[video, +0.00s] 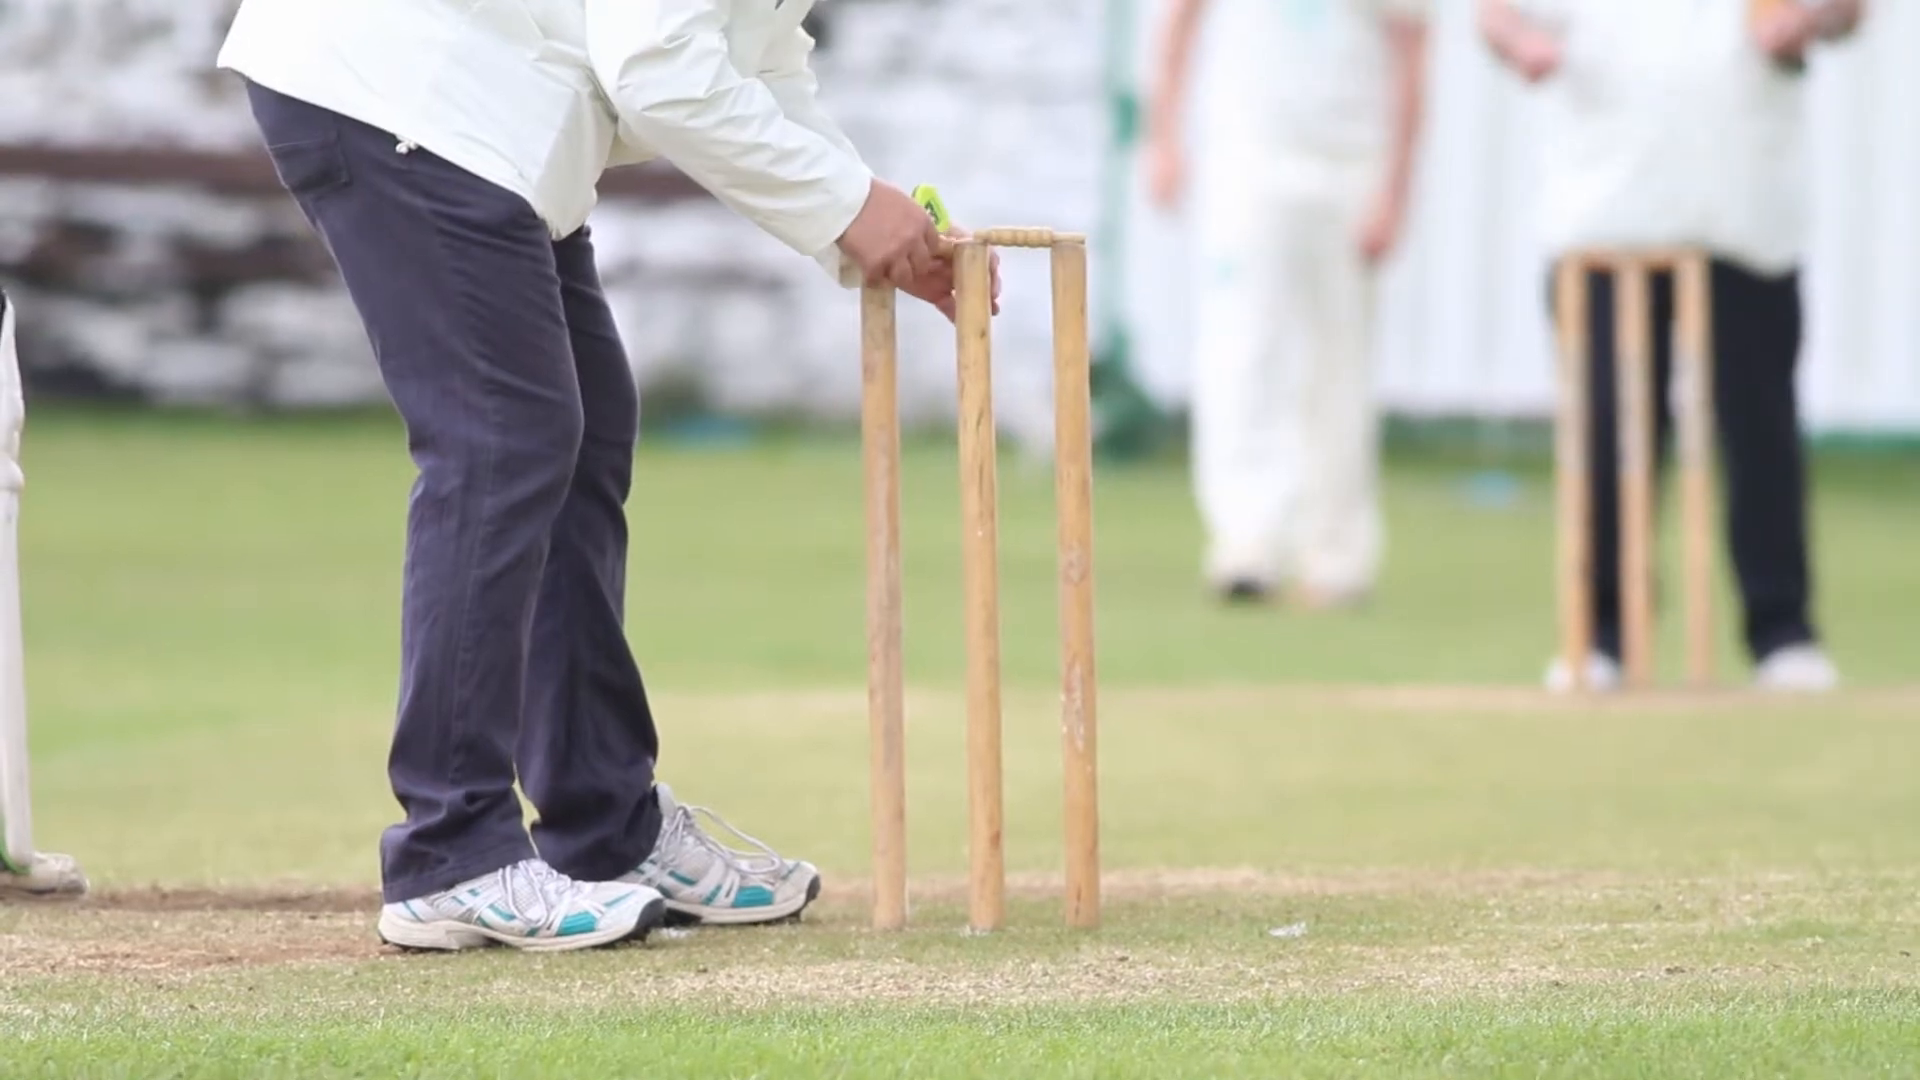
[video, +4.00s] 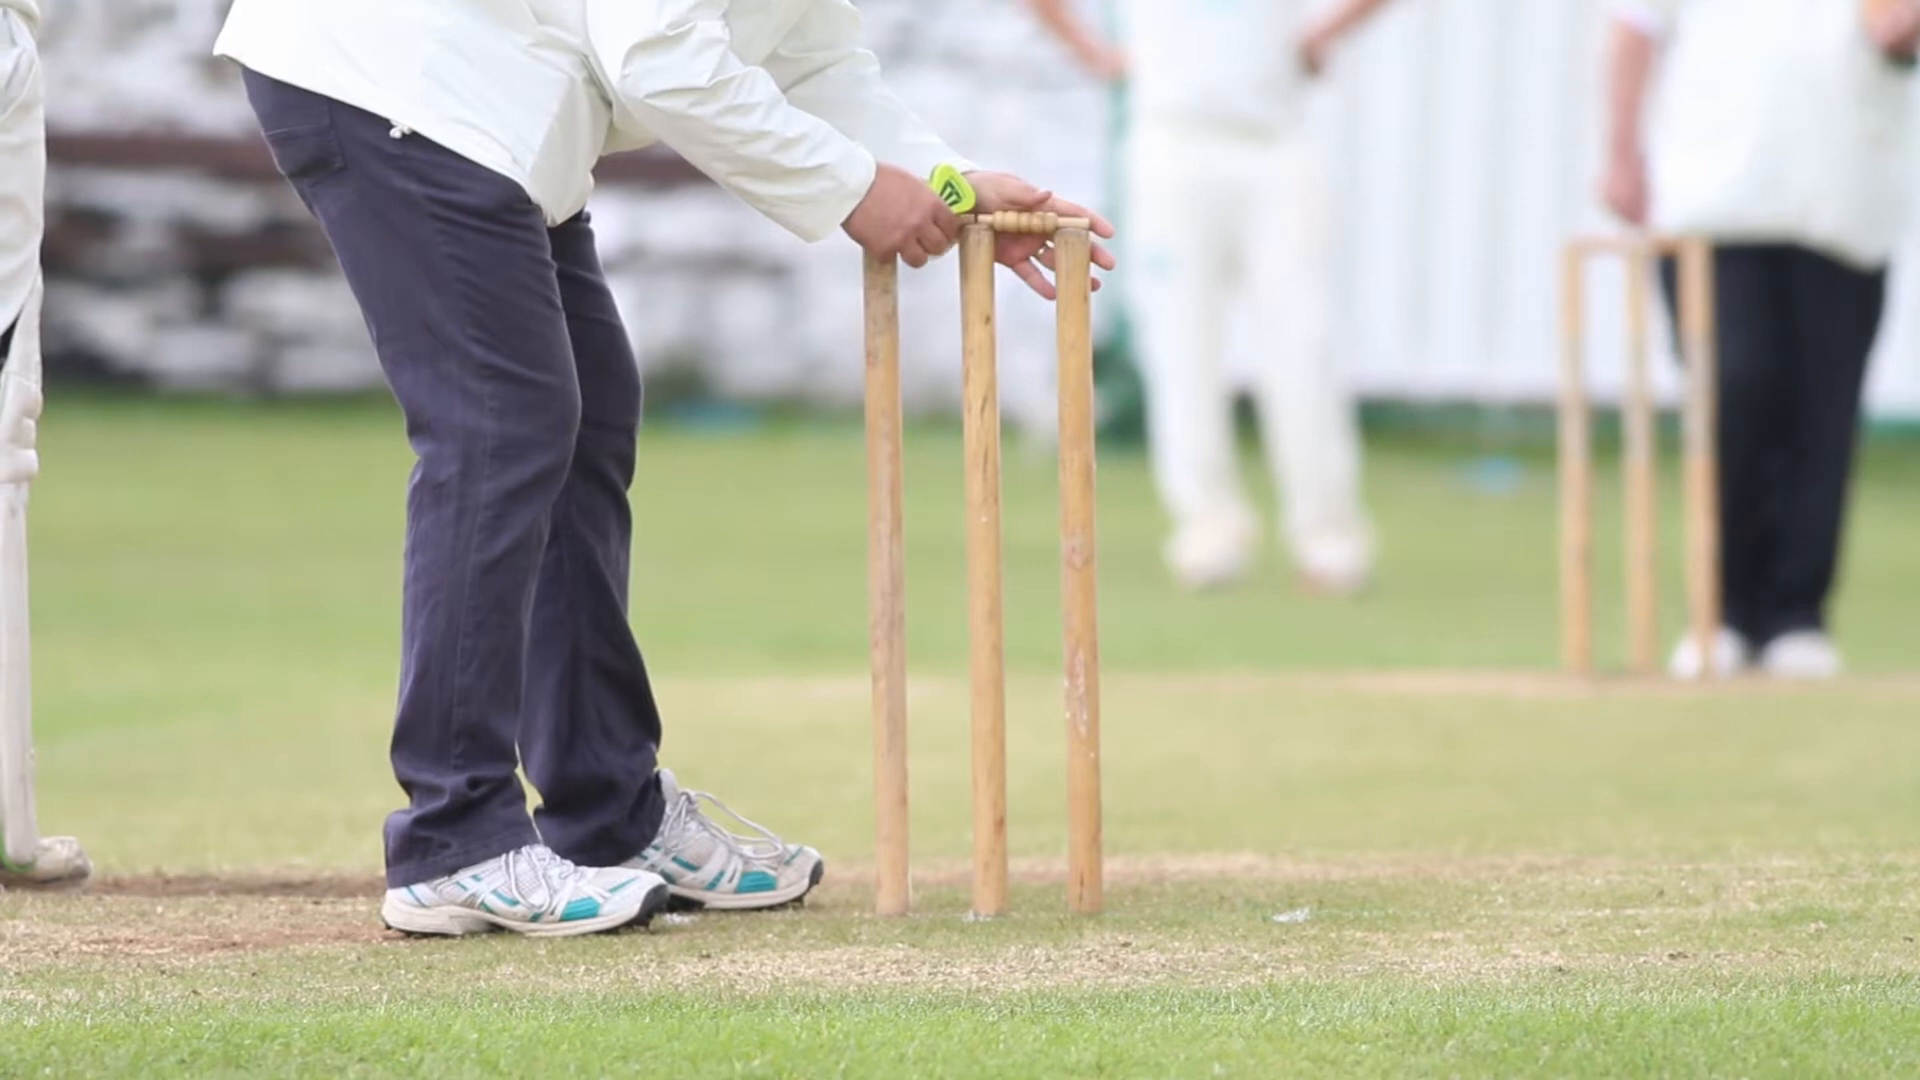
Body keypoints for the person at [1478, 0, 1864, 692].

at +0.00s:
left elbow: (1851, 9)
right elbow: (1490, 8)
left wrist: (1806, 17)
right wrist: (1518, 36)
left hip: (1746, 190)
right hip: (1603, 192)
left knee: (1761, 435)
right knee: (1610, 440)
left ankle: (1784, 641)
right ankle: (1600, 646)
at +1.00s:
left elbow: (1904, 16)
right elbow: (1608, 30)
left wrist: (1882, 26)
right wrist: (1602, 165)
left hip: (1820, 206)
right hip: (1682, 200)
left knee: (1806, 444)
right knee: (1661, 436)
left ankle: (1793, 638)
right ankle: (1612, 636)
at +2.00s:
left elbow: (1863, 10)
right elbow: (1538, 25)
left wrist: (1815, 14)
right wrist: (1533, 164)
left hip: (1759, 197)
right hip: (1621, 197)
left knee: (1766, 426)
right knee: (1634, 437)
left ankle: (1785, 629)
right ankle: (1651, 637)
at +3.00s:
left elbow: (1889, 9)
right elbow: (1568, 28)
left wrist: (1848, 13)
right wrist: (1567, 169)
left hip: (1794, 202)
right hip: (1650, 202)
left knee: (1789, 439)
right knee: (1655, 440)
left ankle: (1791, 629)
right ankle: (1655, 635)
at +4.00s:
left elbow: (1893, 28)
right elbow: (1635, 23)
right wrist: (1624, 155)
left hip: (1850, 194)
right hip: (1714, 187)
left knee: (1821, 422)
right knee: (1733, 410)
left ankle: (1797, 625)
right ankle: (1726, 624)